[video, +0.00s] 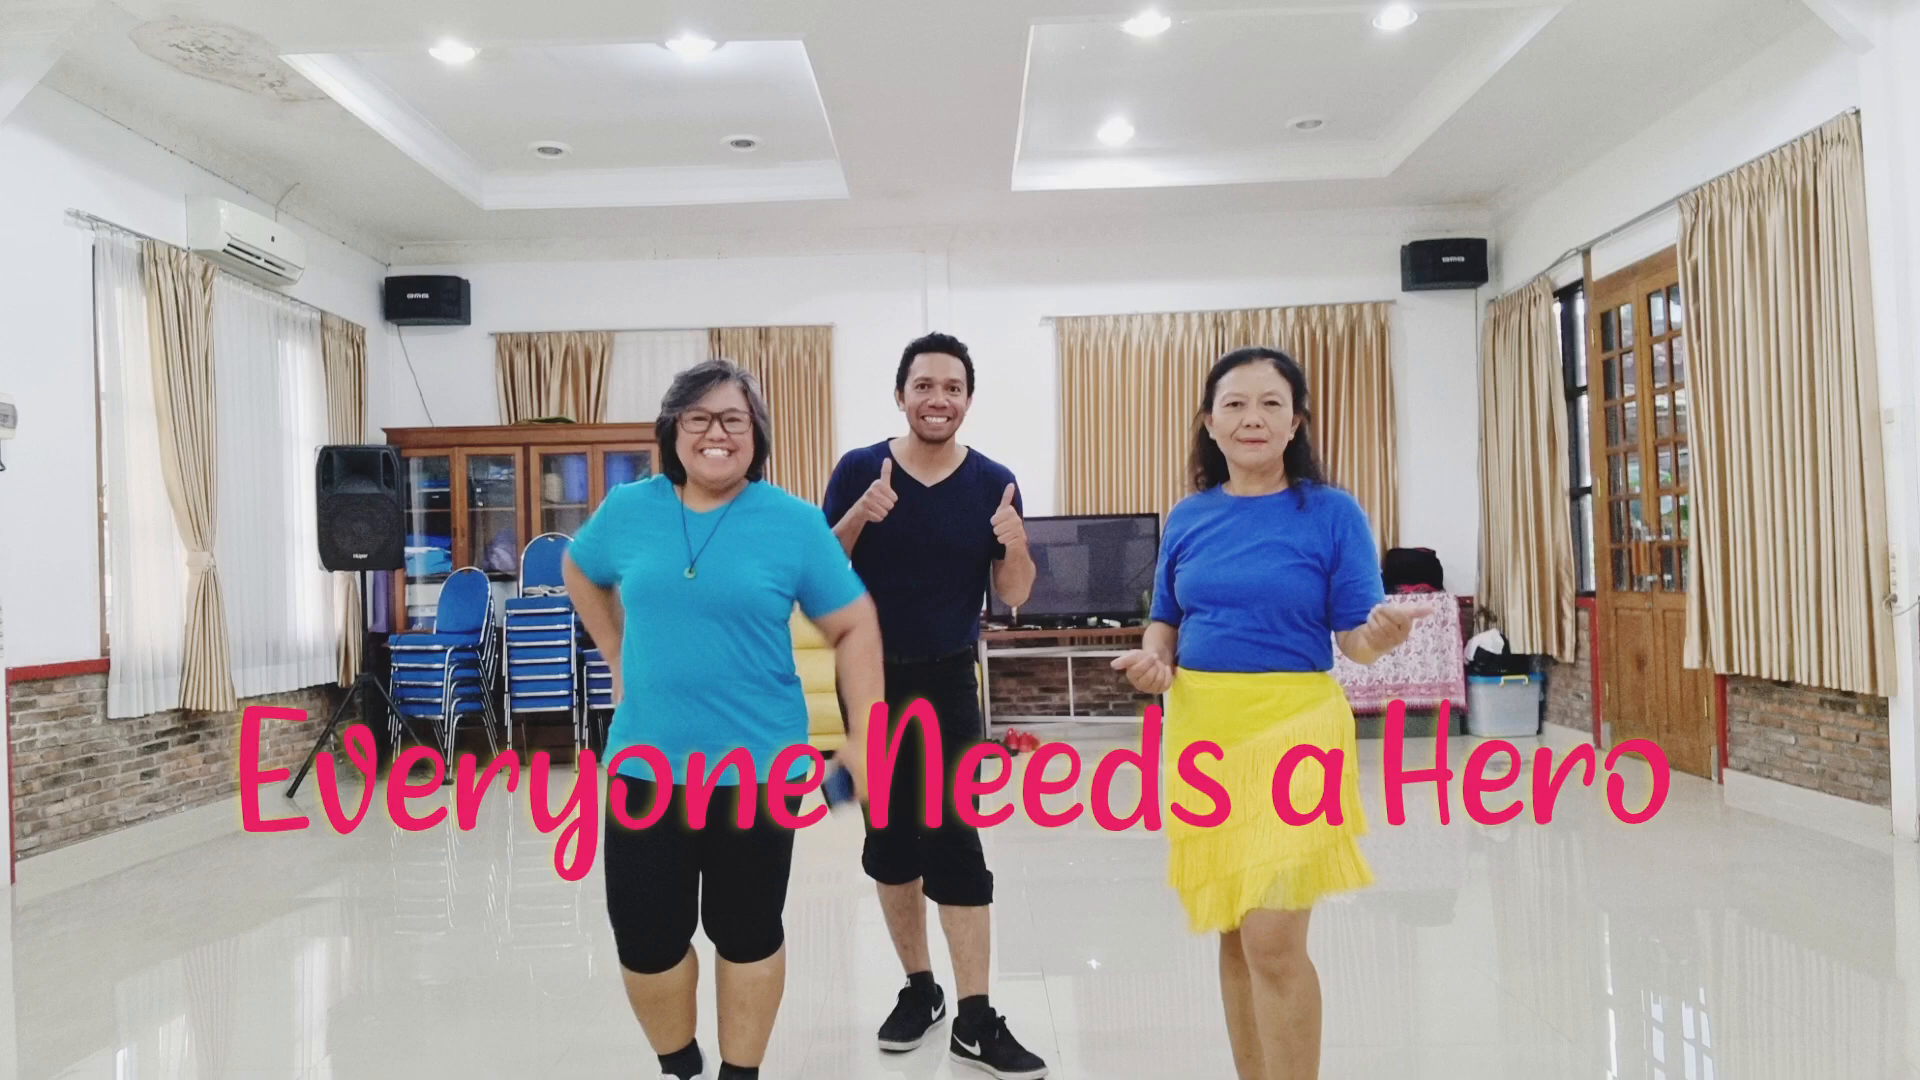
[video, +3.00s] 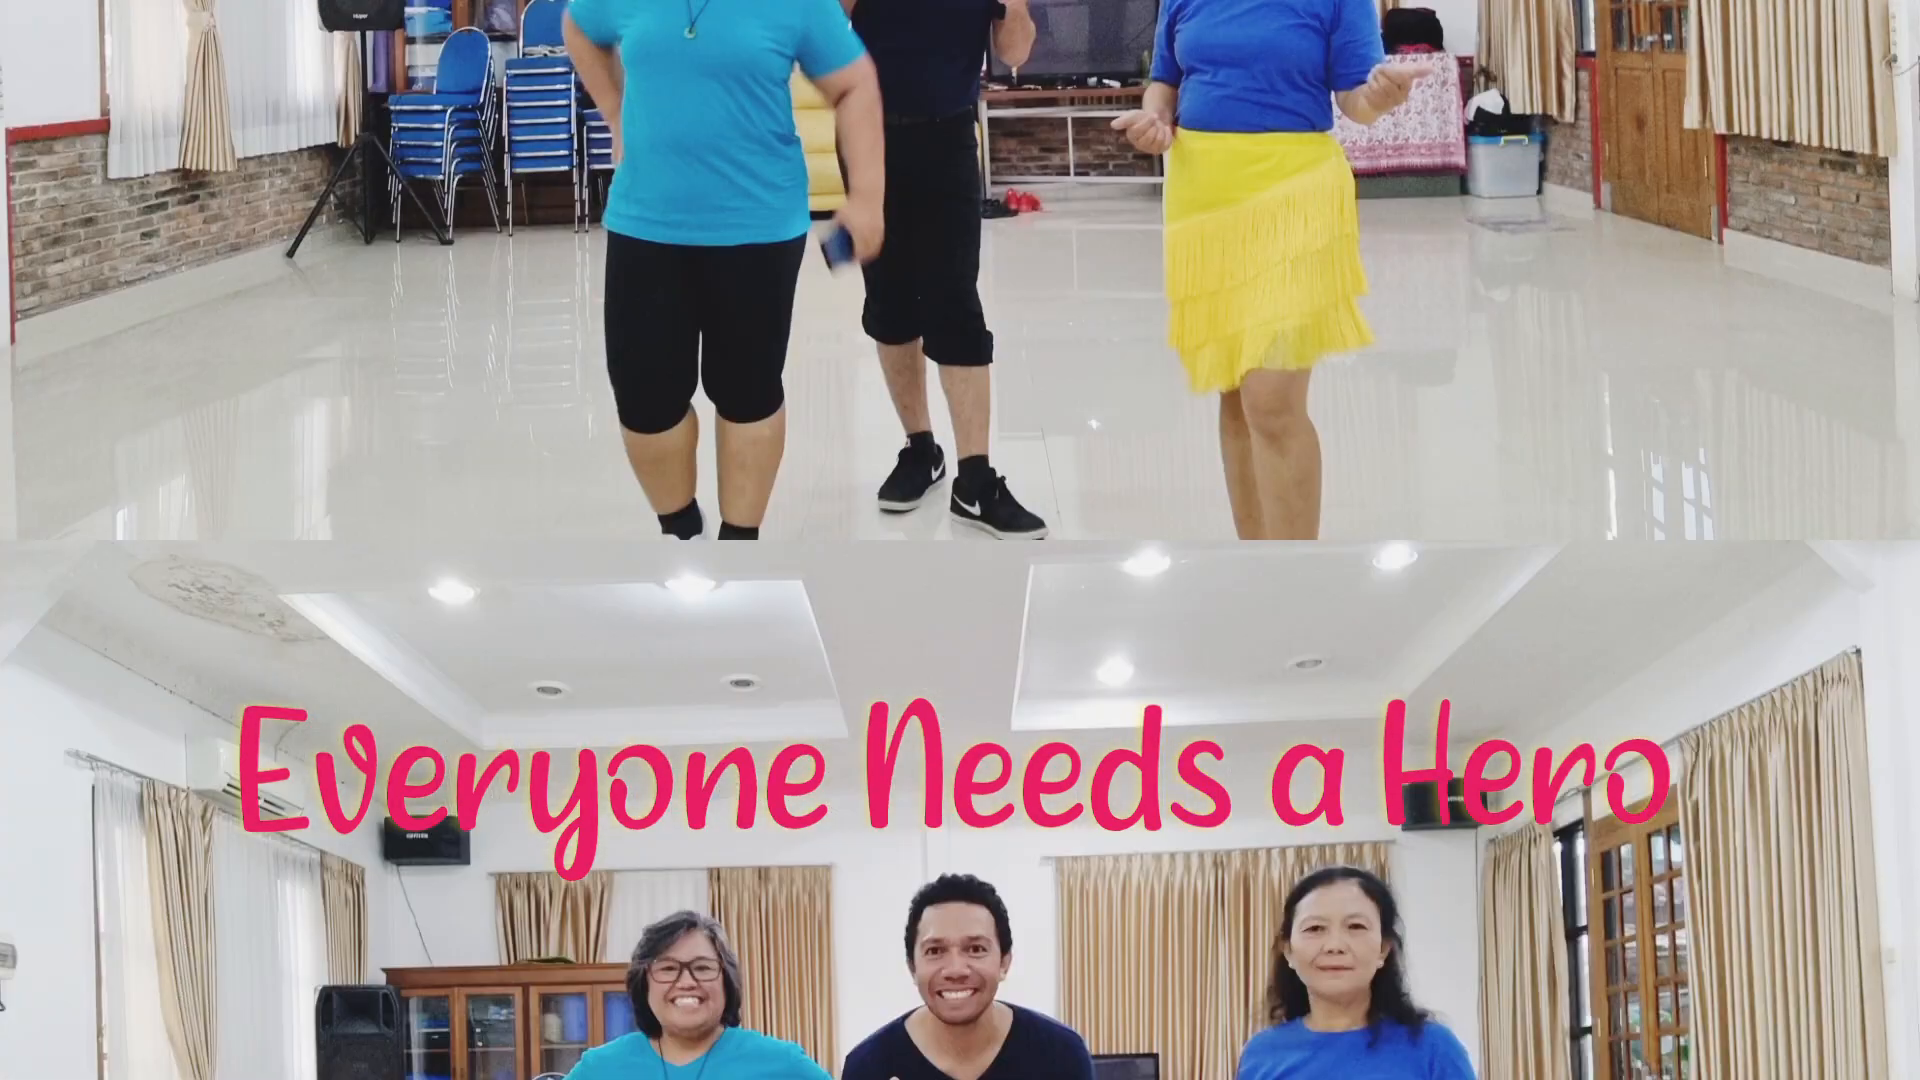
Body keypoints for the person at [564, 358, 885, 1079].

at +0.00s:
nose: (720, 432)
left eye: (736, 420)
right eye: (702, 420)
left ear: (756, 436)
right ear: (672, 434)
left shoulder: (795, 523)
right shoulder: (627, 509)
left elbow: (856, 626)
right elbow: (580, 570)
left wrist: (865, 738)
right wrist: (625, 663)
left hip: (758, 768)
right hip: (645, 764)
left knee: (746, 932)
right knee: (646, 938)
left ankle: (739, 1076)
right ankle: (680, 1069)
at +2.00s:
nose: (720, 432)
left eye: (736, 420)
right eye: (702, 420)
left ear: (756, 436)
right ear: (672, 434)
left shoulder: (795, 523)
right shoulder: (627, 509)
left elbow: (856, 626)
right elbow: (580, 570)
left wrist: (865, 738)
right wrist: (625, 663)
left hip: (758, 768)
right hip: (645, 764)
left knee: (746, 932)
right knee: (646, 938)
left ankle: (739, 1076)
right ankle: (680, 1069)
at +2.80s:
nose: (719, 316)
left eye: (735, 303)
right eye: (701, 303)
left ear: (756, 319)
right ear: (672, 317)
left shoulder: (795, 407)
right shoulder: (627, 393)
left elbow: (856, 509)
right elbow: (580, 453)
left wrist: (867, 622)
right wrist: (622, 544)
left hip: (758, 652)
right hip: (646, 649)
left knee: (748, 815)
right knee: (645, 819)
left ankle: (738, 973)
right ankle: (681, 961)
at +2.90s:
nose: (719, 156)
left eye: (735, 143)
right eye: (702, 143)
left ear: (756, 160)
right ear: (672, 157)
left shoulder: (795, 248)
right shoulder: (627, 233)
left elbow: (856, 349)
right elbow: (580, 293)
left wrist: (867, 462)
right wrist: (623, 384)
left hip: (757, 493)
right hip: (645, 491)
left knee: (746, 659)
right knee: (647, 666)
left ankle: (746, 811)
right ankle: (674, 808)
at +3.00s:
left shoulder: (798, 5)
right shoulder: (620, 3)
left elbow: (855, 85)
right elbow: (580, 30)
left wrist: (867, 197)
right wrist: (626, 128)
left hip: (757, 222)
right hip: (646, 220)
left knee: (746, 392)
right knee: (646, 398)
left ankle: (739, 548)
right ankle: (682, 537)